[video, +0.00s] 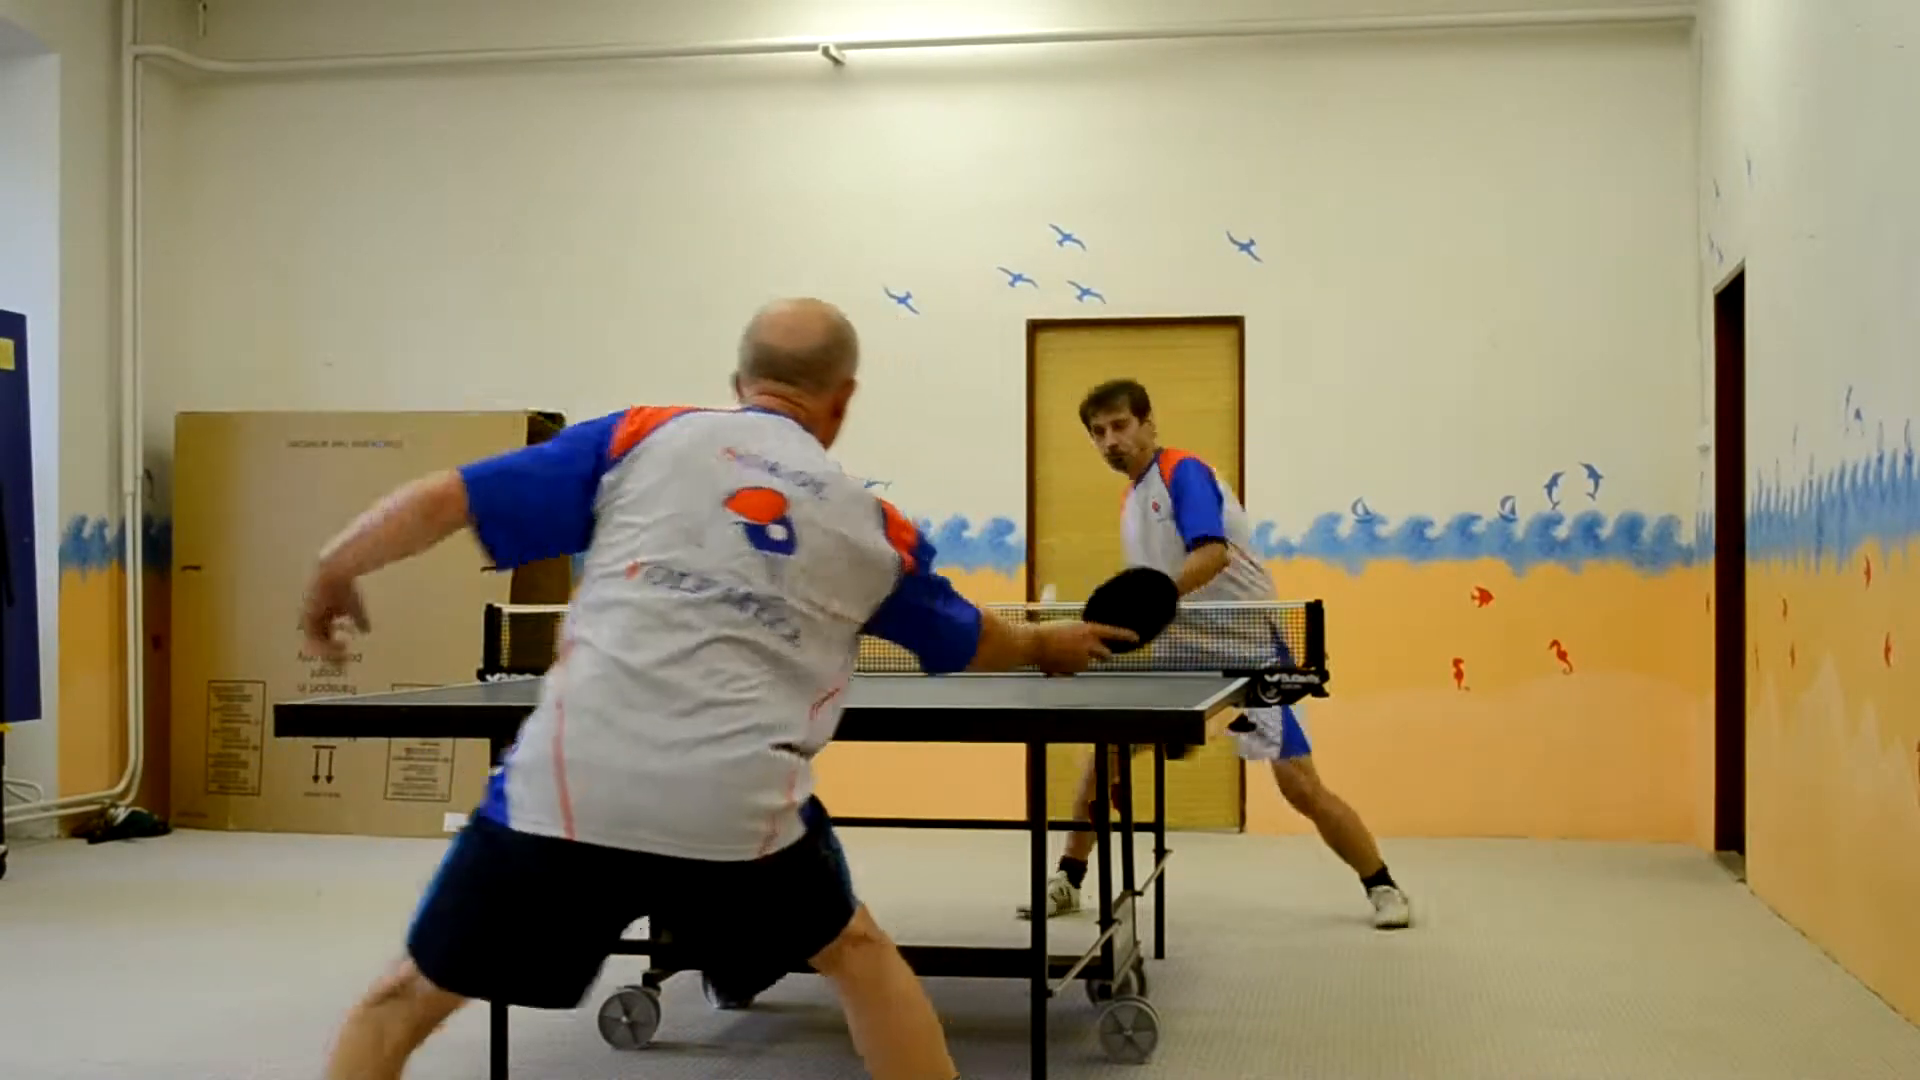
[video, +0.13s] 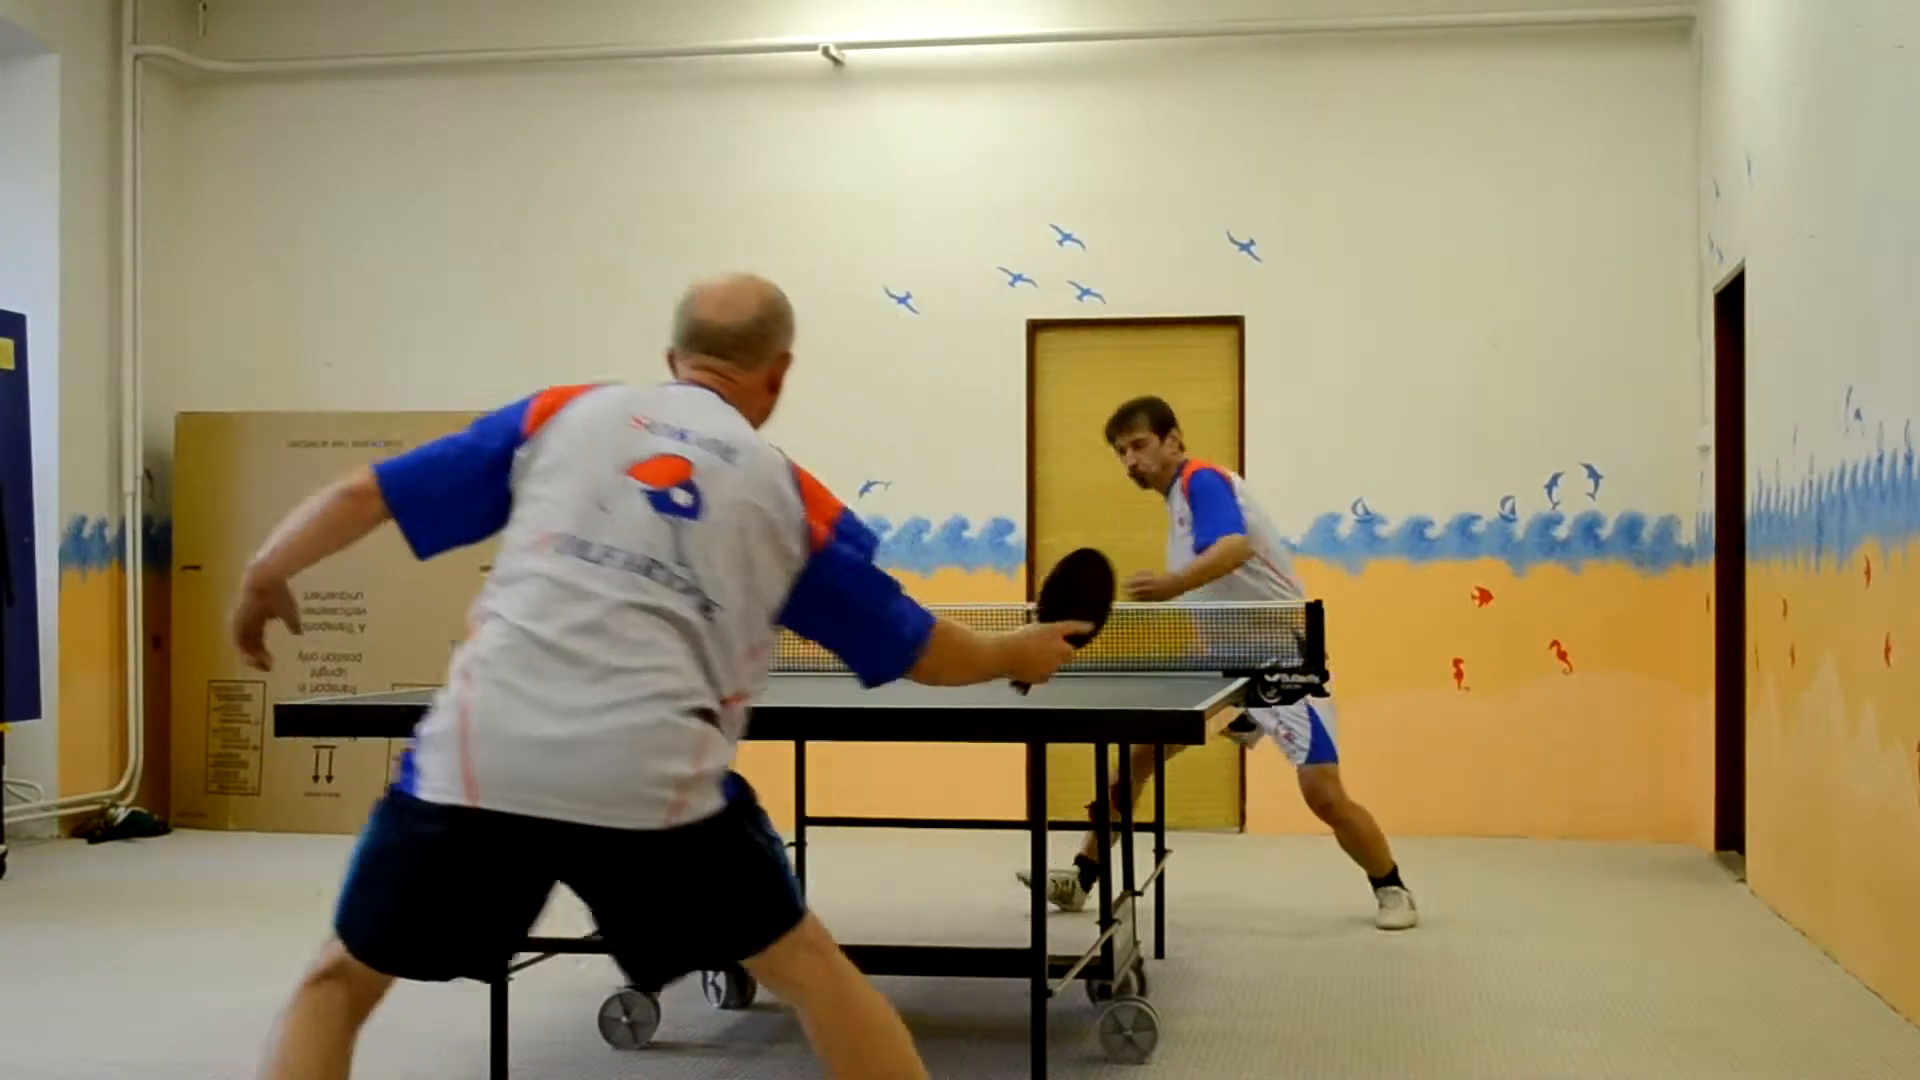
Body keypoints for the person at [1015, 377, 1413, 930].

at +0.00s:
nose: (1110, 441)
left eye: (1118, 427)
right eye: (1099, 433)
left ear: (1146, 424)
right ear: (1093, 440)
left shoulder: (1185, 473)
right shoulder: (1132, 501)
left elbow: (1210, 555)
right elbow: (1149, 576)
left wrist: (1147, 602)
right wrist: (1111, 620)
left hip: (1249, 654)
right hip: (1183, 656)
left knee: (1302, 789)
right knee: (1105, 754)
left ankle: (1381, 886)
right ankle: (1065, 881)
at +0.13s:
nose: (1130, 462)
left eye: (1137, 447)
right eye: (1122, 453)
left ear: (1172, 440)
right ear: (1123, 456)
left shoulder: (1204, 481)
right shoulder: (1180, 500)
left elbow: (1236, 546)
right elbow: (1226, 573)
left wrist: (1174, 583)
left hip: (1279, 662)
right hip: (1224, 666)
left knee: (1325, 797)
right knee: (1139, 759)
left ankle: (1390, 887)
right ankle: (1079, 877)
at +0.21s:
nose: (1151, 446)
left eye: (1159, 431)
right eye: (1145, 437)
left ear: (1195, 427)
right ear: (1146, 443)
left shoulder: (1230, 468)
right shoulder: (1201, 488)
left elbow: (1288, 534)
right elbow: (1240, 567)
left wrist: (1254, 572)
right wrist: (1224, 647)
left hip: (1295, 656)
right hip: (1239, 660)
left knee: (1332, 794)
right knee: (1152, 760)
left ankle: (1392, 885)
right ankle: (1089, 876)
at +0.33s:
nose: (1219, 385)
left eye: (1231, 372)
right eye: (1214, 375)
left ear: (1265, 377)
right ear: (1213, 383)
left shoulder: (1307, 429)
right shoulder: (1216, 466)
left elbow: (1363, 497)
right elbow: (1187, 555)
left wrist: (1389, 500)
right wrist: (1114, 575)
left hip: (1306, 627)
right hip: (1232, 631)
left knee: (1345, 760)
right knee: (1152, 735)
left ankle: (1393, 876)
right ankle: (1101, 863)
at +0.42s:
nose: (1278, 386)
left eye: (1291, 377)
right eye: (1273, 375)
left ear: (1322, 389)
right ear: (1264, 381)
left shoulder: (1352, 450)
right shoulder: (1230, 442)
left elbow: (1437, 473)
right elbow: (1154, 468)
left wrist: (1506, 450)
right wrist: (1150, 405)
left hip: (1303, 640)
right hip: (1218, 636)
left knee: (1356, 744)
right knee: (1143, 729)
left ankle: (1369, 863)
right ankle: (1110, 841)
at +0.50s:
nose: (1305, 404)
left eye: (1320, 396)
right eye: (1303, 393)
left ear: (1349, 410)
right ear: (1296, 398)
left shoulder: (1371, 482)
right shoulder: (1265, 452)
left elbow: (1442, 520)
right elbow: (1221, 454)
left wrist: (1513, 519)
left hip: (1293, 657)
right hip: (1213, 646)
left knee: (1353, 760)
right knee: (1149, 759)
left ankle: (1361, 890)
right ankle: (1102, 862)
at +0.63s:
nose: (1332, 412)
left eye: (1348, 404)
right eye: (1325, 400)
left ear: (1369, 419)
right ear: (1311, 407)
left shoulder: (1366, 496)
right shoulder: (1274, 459)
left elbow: (1347, 598)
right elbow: (1293, 548)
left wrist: (1355, 671)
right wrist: (1379, 561)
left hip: (1295, 649)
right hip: (1222, 641)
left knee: (1363, 758)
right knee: (1162, 755)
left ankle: (1363, 888)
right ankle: (1091, 861)